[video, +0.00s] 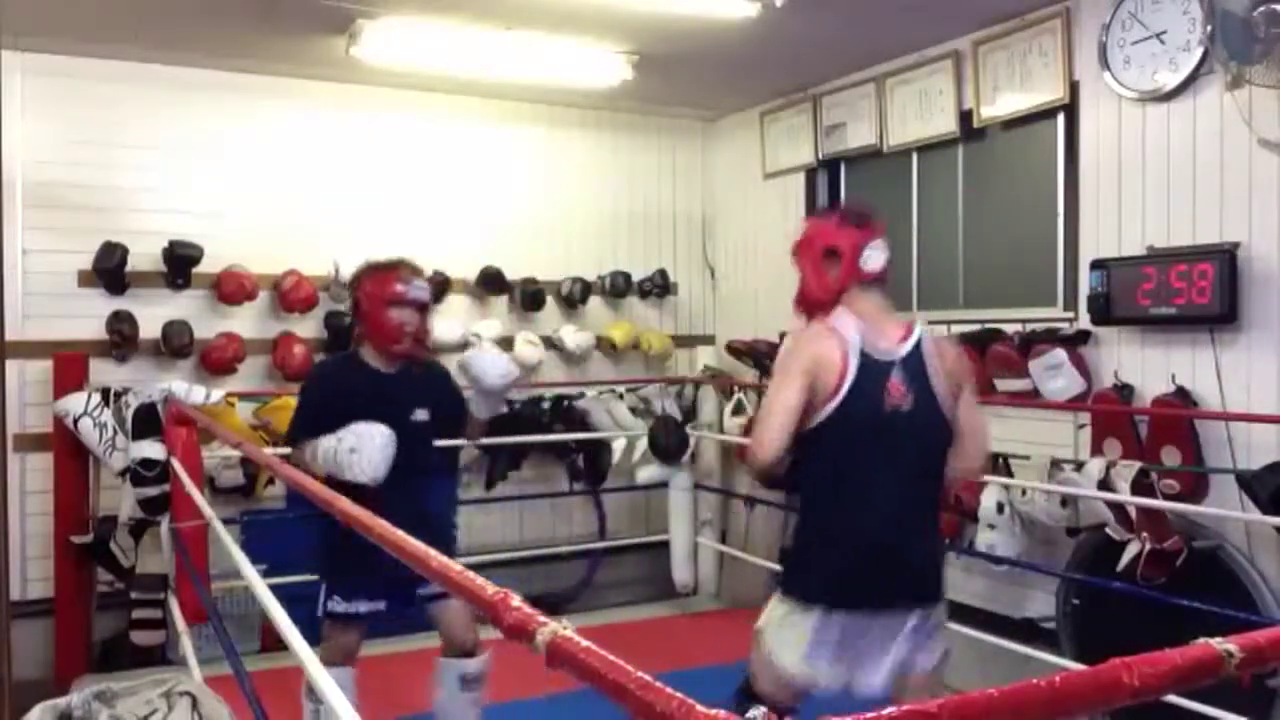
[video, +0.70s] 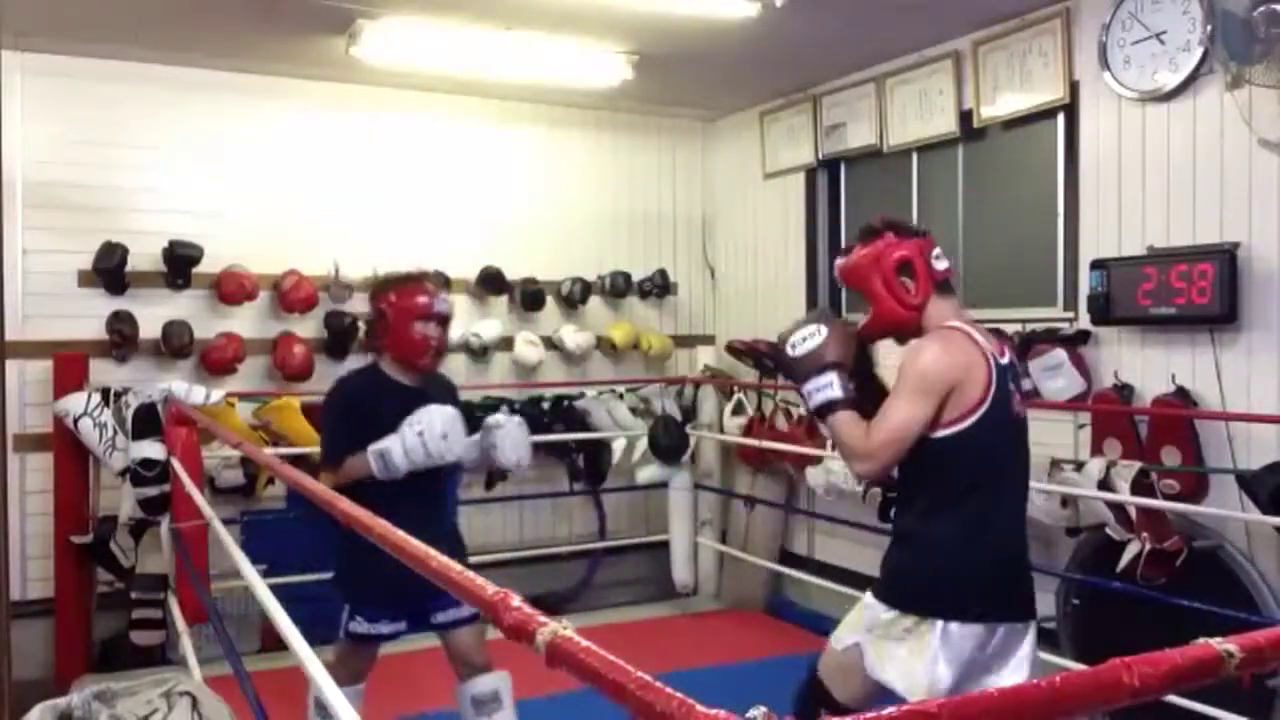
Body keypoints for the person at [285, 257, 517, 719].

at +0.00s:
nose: (410, 319)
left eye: (417, 308)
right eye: (397, 307)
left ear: (426, 314)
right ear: (366, 313)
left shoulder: (433, 378)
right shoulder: (330, 379)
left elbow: (467, 442)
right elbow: (299, 455)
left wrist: (487, 400)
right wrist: (332, 451)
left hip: (427, 536)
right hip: (352, 539)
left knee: (464, 639)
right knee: (341, 647)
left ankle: (459, 712)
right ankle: (319, 714)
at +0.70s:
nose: (433, 333)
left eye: (439, 323)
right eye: (421, 321)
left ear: (446, 329)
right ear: (388, 325)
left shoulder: (440, 388)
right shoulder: (350, 393)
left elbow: (448, 463)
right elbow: (331, 474)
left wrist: (486, 451)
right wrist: (399, 451)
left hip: (440, 554)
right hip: (374, 559)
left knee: (474, 663)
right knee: (350, 667)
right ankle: (322, 715)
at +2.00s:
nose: (464, 341)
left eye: (472, 329)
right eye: (452, 328)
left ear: (480, 331)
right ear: (416, 327)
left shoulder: (486, 379)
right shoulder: (378, 385)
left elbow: (545, 379)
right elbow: (359, 462)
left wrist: (590, 358)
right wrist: (390, 403)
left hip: (463, 553)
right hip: (389, 552)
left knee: (501, 669)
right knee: (335, 666)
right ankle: (306, 708)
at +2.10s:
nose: (457, 360)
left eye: (466, 348)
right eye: (446, 346)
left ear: (476, 352)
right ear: (413, 344)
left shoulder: (481, 402)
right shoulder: (372, 401)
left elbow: (526, 443)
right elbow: (344, 477)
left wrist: (544, 409)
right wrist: (375, 423)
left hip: (466, 563)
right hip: (392, 565)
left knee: (516, 670)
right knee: (338, 668)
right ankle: (304, 710)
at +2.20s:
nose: (445, 352)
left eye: (452, 342)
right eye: (433, 340)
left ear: (458, 347)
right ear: (399, 338)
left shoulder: (460, 401)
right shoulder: (357, 396)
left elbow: (513, 452)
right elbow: (342, 473)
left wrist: (514, 411)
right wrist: (379, 414)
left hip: (453, 563)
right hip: (381, 563)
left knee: (500, 665)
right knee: (326, 674)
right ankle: (302, 714)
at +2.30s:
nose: (427, 340)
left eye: (434, 329)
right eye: (416, 328)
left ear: (442, 330)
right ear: (382, 325)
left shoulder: (444, 383)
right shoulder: (342, 380)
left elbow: (486, 432)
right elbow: (329, 456)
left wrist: (496, 402)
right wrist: (377, 406)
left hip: (434, 550)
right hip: (360, 551)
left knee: (481, 649)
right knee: (321, 653)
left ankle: (498, 713)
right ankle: (294, 712)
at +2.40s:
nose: (412, 349)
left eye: (420, 338)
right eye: (401, 337)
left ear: (428, 342)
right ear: (367, 338)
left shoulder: (428, 394)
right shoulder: (328, 394)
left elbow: (463, 442)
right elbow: (320, 476)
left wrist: (480, 402)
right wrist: (370, 417)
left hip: (417, 557)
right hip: (345, 559)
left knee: (461, 662)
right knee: (303, 674)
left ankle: (441, 716)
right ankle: (285, 714)